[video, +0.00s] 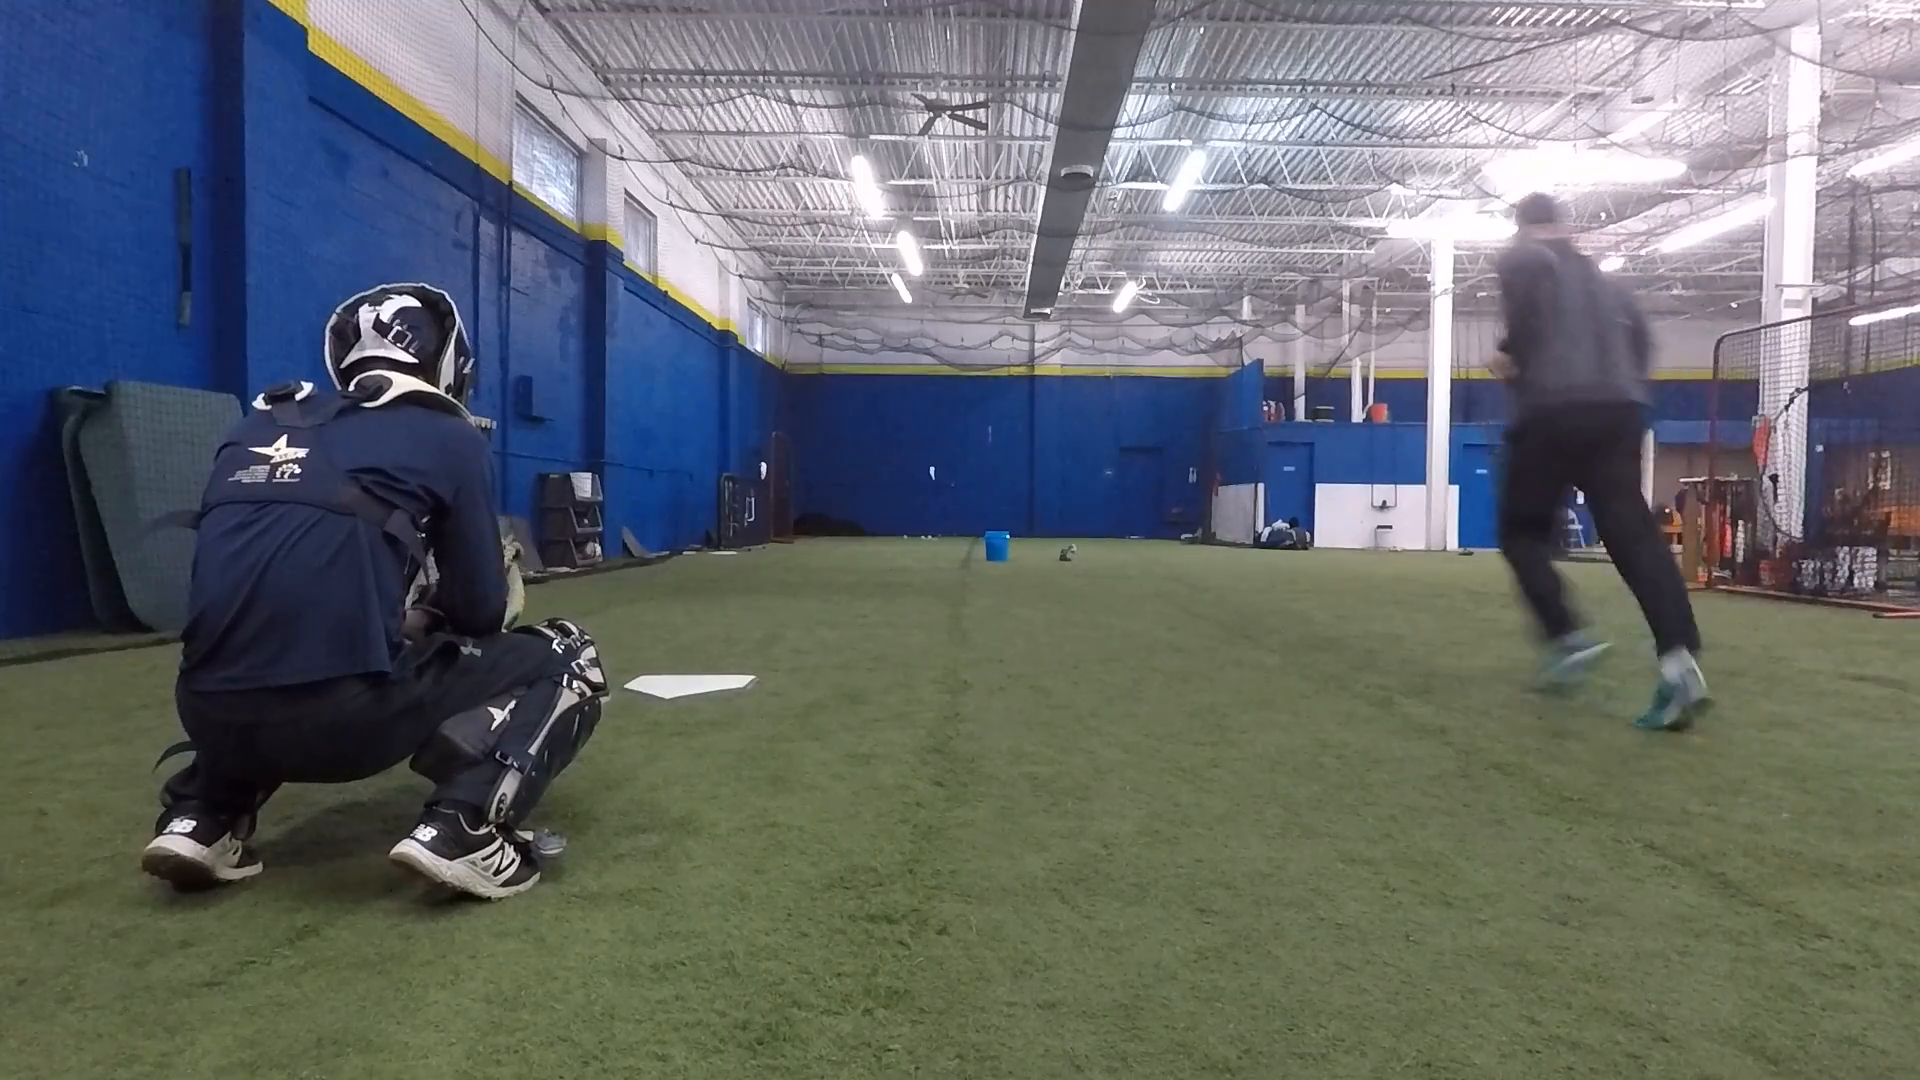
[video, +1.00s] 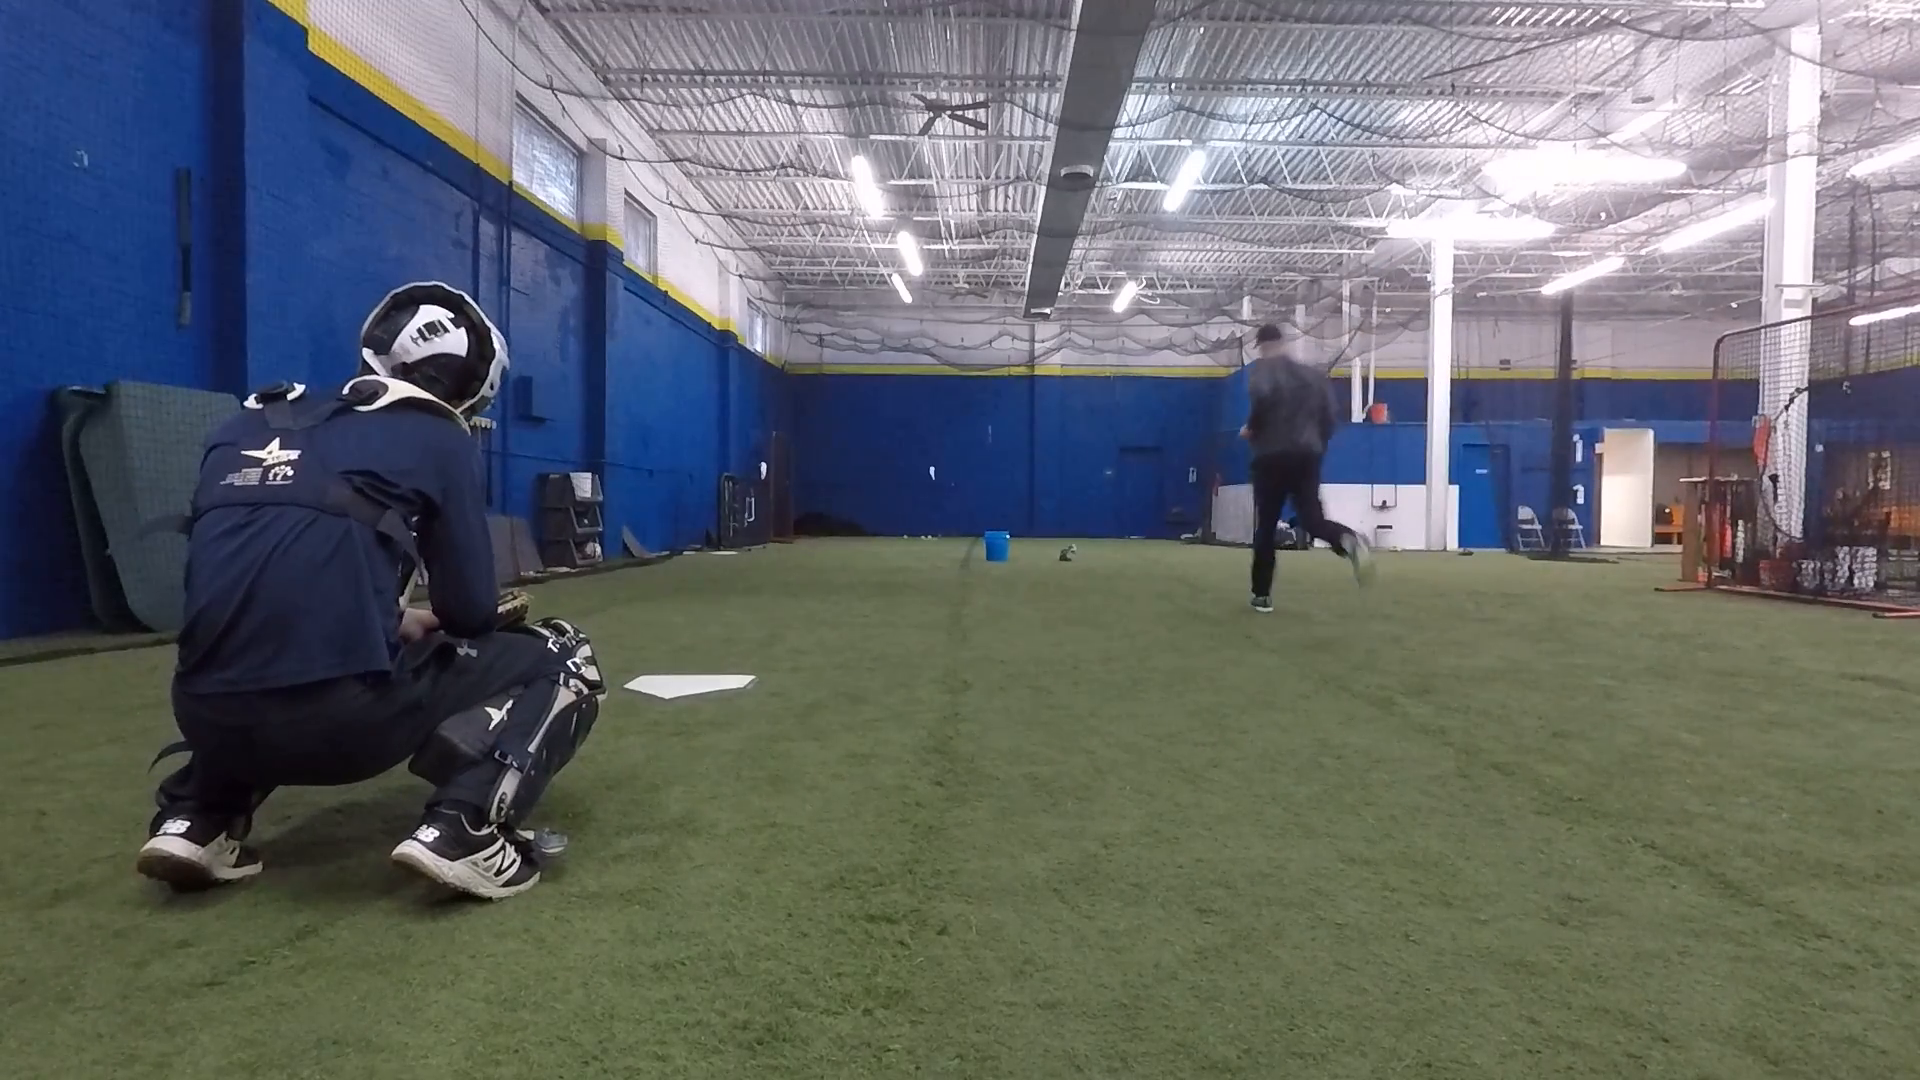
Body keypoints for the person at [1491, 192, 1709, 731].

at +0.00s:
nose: (1521, 236)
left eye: (1521, 227)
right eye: (1530, 226)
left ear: (1522, 226)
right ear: (1565, 226)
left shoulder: (1520, 254)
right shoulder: (1599, 275)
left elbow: (1527, 298)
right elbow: (1638, 329)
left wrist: (1512, 353)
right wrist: (1630, 383)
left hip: (1552, 415)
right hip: (1619, 411)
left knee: (1523, 531)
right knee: (1629, 527)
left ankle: (1568, 637)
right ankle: (1678, 657)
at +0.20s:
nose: (1440, 279)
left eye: (1437, 272)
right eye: (1446, 269)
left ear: (1435, 272)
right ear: (1470, 266)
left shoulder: (1443, 304)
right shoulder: (1507, 309)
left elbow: (1450, 354)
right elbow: (1536, 370)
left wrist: (1423, 396)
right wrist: (1527, 414)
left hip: (1466, 433)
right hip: (1520, 433)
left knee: (1449, 542)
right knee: (1521, 540)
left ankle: (1448, 650)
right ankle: (1609, 564)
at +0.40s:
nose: (1397, 295)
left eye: (1388, 290)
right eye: (1404, 286)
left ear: (1382, 291)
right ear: (1417, 286)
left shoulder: (1374, 329)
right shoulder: (1451, 321)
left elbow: (1360, 382)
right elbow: (1483, 368)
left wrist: (1383, 391)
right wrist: (1467, 406)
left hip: (1406, 440)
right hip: (1457, 436)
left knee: (1421, 532)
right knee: (1428, 518)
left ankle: (1443, 632)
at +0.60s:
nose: (1361, 315)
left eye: (1355, 309)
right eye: (1370, 308)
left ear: (1349, 311)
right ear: (1379, 309)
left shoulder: (1333, 347)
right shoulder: (1404, 344)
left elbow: (1317, 392)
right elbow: (1426, 393)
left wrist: (1338, 407)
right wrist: (1408, 424)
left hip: (1355, 440)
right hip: (1399, 441)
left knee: (1368, 520)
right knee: (1388, 522)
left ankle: (1399, 556)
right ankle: (1375, 612)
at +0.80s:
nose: (1309, 338)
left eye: (1307, 334)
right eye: (1315, 332)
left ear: (1308, 332)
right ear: (1335, 332)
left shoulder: (1303, 361)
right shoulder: (1358, 364)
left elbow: (1301, 391)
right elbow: (1381, 405)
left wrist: (1291, 427)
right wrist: (1366, 440)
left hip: (1314, 458)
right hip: (1352, 457)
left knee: (1302, 528)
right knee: (1353, 527)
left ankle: (1326, 561)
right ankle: (1368, 600)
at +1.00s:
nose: (1261, 352)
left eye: (1261, 348)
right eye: (1263, 347)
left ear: (1262, 347)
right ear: (1283, 344)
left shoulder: (1261, 369)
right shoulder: (1312, 374)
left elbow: (1263, 396)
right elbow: (1329, 416)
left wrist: (1251, 427)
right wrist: (1316, 446)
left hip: (1272, 457)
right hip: (1308, 456)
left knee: (1265, 527)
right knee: (1313, 521)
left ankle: (1262, 596)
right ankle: (1346, 540)